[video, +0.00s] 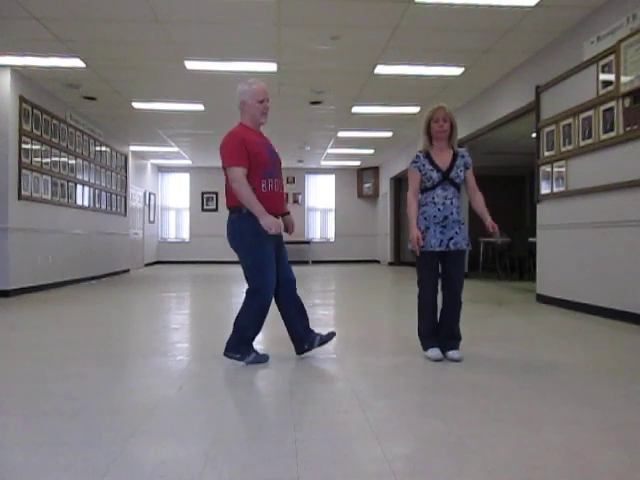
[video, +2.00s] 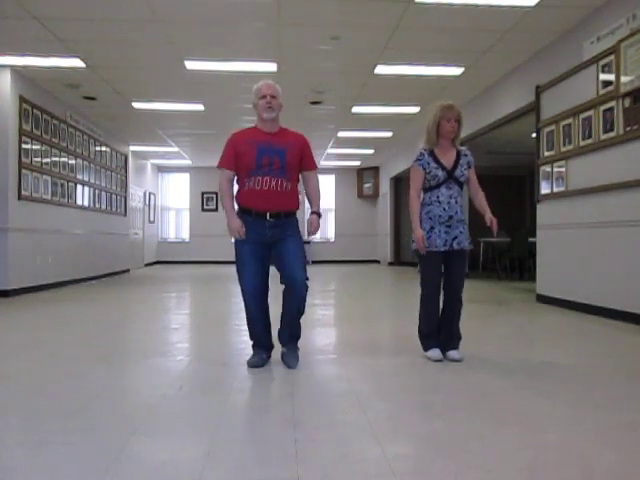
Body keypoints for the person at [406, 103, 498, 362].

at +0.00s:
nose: (441, 125)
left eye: (445, 121)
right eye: (436, 121)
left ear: (452, 126)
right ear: (428, 127)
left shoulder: (462, 158)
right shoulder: (420, 159)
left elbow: (474, 192)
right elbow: (413, 195)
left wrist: (487, 218)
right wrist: (413, 226)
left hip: (456, 231)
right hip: (427, 231)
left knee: (454, 291)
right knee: (428, 290)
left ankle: (450, 343)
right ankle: (430, 343)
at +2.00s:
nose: (452, 125)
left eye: (456, 121)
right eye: (447, 120)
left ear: (459, 126)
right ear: (437, 124)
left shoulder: (465, 157)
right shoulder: (424, 157)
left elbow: (475, 190)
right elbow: (414, 195)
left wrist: (487, 213)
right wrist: (417, 228)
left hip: (458, 230)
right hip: (430, 230)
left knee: (455, 290)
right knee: (430, 289)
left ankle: (450, 343)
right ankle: (430, 343)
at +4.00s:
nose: (450, 119)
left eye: (453, 115)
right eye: (444, 116)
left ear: (458, 122)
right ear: (435, 123)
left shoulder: (467, 155)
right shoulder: (426, 155)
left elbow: (476, 191)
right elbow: (415, 193)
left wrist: (486, 219)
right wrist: (422, 225)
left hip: (460, 229)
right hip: (433, 230)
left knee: (455, 290)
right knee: (434, 289)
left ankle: (451, 343)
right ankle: (431, 343)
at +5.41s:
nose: (450, 120)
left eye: (453, 117)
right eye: (445, 116)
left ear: (458, 124)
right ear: (435, 122)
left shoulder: (467, 156)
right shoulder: (424, 157)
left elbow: (478, 190)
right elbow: (412, 195)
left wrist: (487, 216)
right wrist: (415, 226)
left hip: (460, 230)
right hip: (431, 230)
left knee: (455, 291)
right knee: (433, 289)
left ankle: (451, 343)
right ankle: (432, 344)